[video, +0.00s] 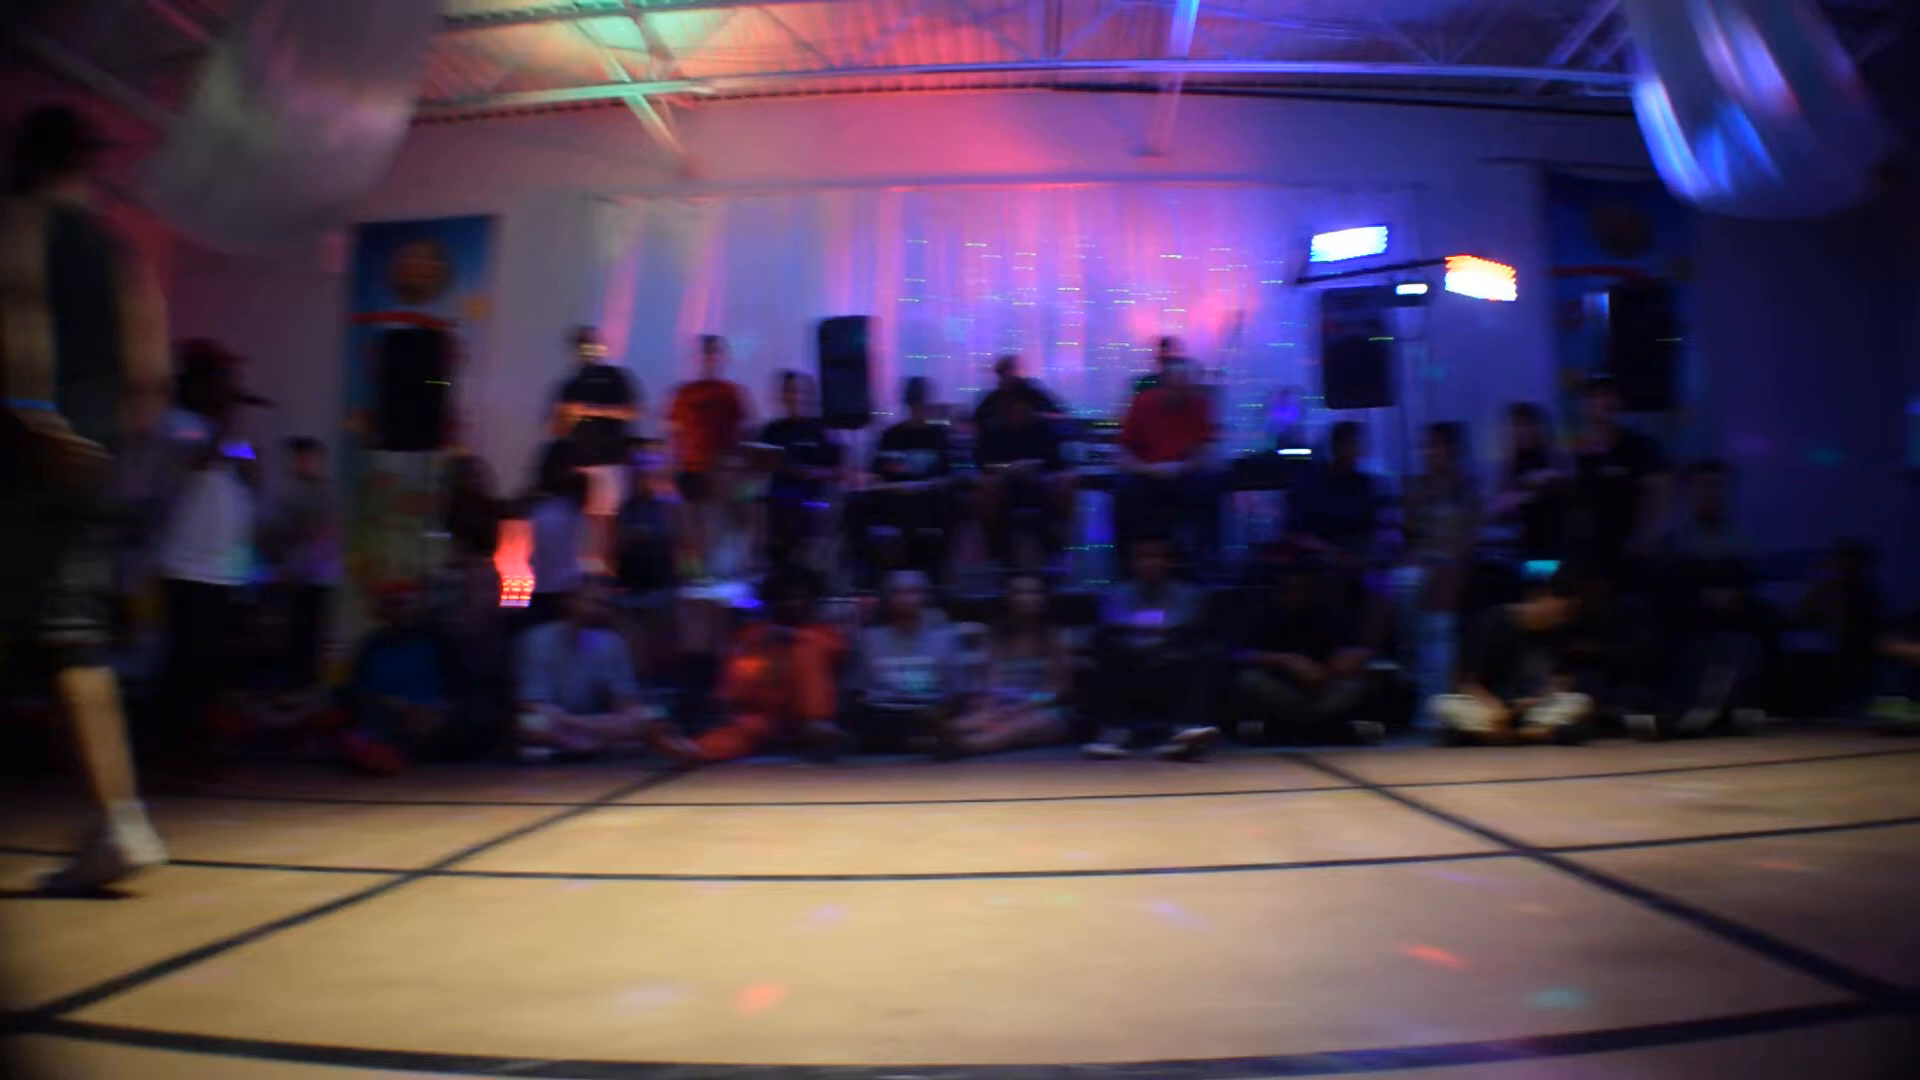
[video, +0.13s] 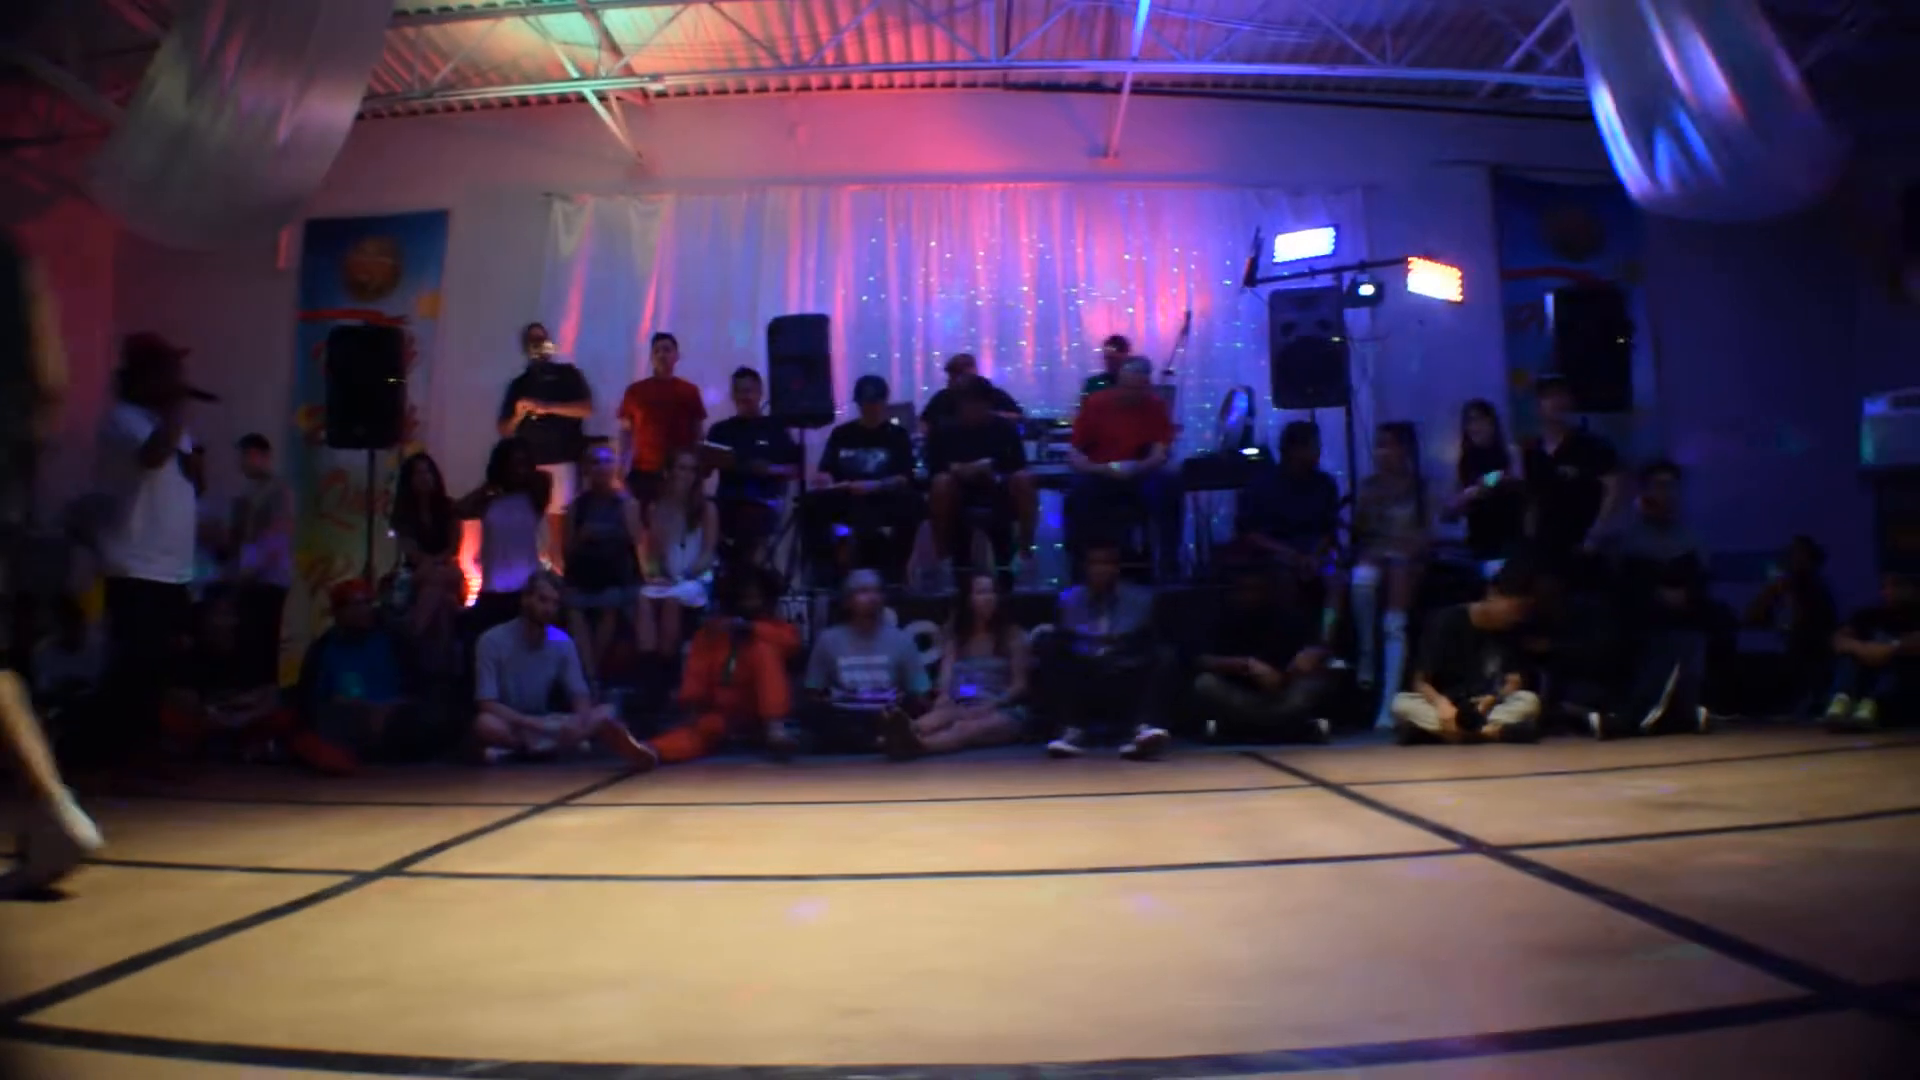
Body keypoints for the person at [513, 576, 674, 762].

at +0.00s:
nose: (597, 609)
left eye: (601, 602)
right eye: (590, 601)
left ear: (606, 605)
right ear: (570, 601)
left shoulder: (610, 643)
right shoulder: (539, 641)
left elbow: (631, 708)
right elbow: (533, 706)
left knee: (650, 719)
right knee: (530, 724)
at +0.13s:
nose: (549, 608)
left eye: (554, 603)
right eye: (543, 600)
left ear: (558, 606)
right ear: (526, 599)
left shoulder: (562, 642)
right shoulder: (493, 641)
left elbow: (580, 696)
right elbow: (487, 703)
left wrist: (582, 724)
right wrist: (535, 725)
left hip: (550, 718)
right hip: (510, 719)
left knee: (604, 715)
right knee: (485, 724)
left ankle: (533, 747)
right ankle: (555, 740)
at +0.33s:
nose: (546, 610)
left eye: (551, 604)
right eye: (539, 601)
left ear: (555, 607)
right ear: (522, 601)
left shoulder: (559, 644)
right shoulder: (490, 641)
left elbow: (578, 694)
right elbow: (484, 703)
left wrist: (574, 722)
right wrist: (534, 726)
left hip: (548, 718)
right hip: (508, 718)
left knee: (602, 713)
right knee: (482, 725)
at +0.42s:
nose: (547, 610)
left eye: (553, 604)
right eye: (541, 601)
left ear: (557, 608)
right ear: (523, 601)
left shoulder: (560, 644)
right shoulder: (492, 642)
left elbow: (579, 695)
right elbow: (486, 703)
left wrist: (574, 722)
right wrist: (538, 727)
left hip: (547, 719)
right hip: (508, 720)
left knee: (604, 714)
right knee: (483, 725)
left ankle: (633, 753)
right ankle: (544, 742)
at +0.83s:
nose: (575, 611)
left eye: (581, 605)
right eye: (569, 603)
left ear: (585, 609)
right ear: (553, 602)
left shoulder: (589, 645)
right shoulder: (521, 642)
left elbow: (607, 697)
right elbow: (515, 705)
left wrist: (604, 722)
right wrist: (569, 727)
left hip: (578, 721)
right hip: (540, 721)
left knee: (632, 714)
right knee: (513, 725)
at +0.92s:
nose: (574, 611)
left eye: (579, 605)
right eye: (568, 602)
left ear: (583, 609)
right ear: (551, 601)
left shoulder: (587, 646)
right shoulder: (520, 642)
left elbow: (606, 699)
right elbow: (513, 704)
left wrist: (602, 723)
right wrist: (566, 726)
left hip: (574, 720)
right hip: (536, 720)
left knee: (630, 714)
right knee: (509, 725)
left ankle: (547, 750)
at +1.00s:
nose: (570, 610)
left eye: (575, 604)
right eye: (563, 602)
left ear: (579, 608)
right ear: (547, 601)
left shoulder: (583, 643)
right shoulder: (515, 641)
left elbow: (602, 696)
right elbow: (509, 703)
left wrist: (598, 721)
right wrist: (561, 725)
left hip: (570, 718)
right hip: (533, 719)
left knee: (626, 712)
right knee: (507, 724)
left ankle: (561, 746)